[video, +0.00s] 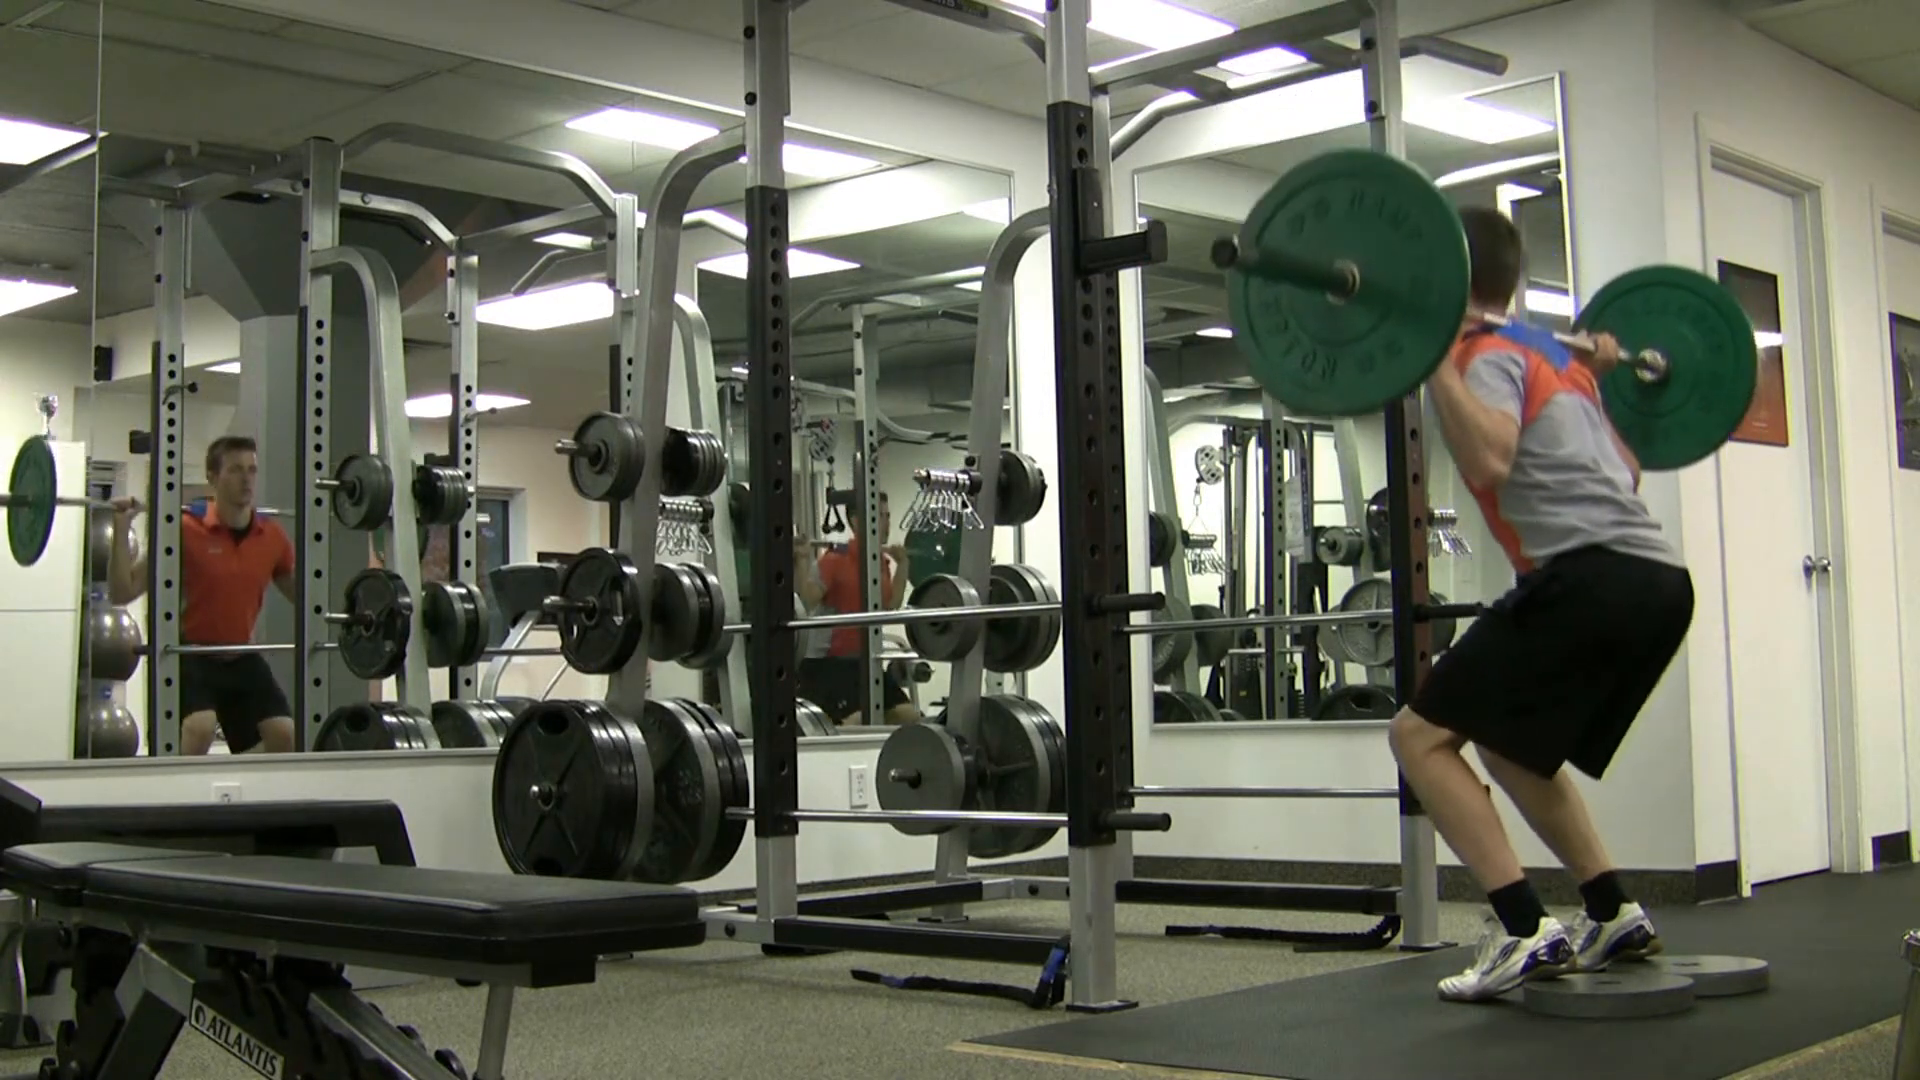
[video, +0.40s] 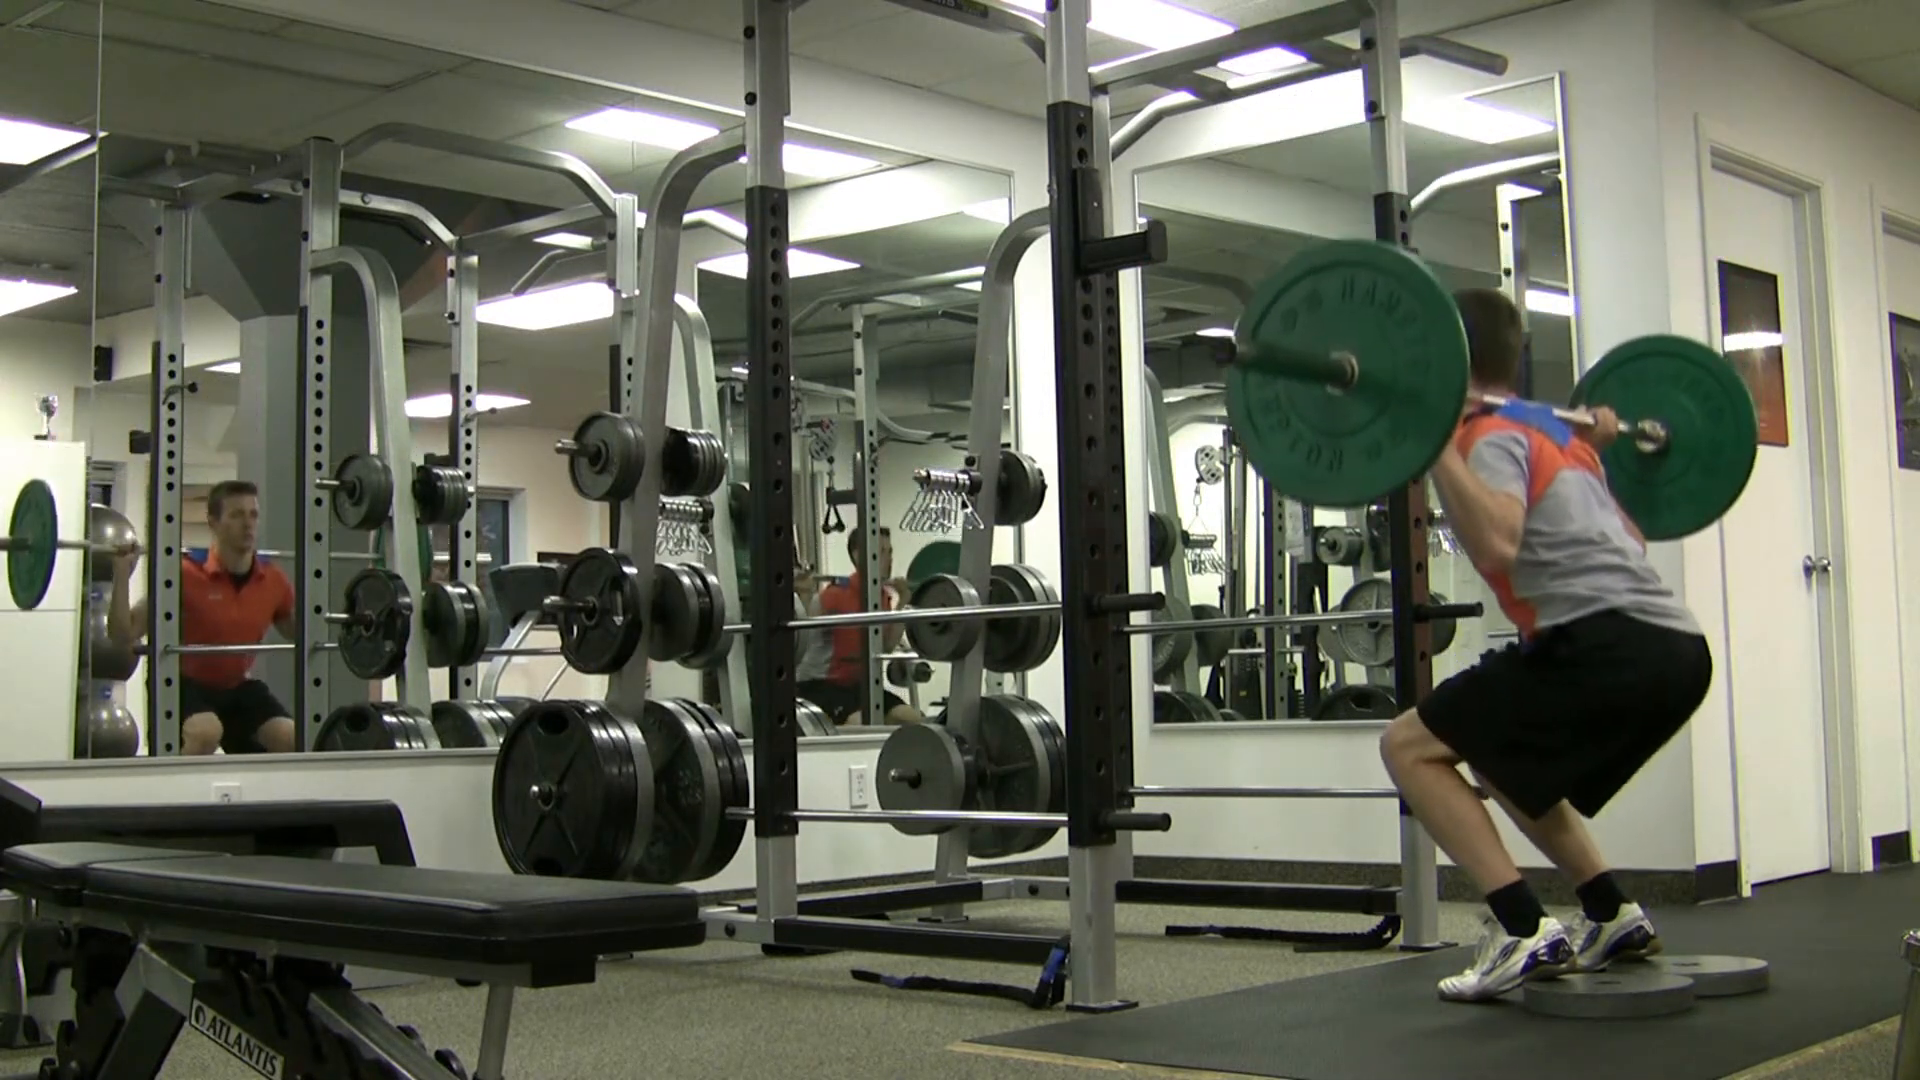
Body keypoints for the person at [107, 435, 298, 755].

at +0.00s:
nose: (247, 479)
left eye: (252, 470)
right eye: (236, 470)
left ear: (258, 476)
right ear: (213, 477)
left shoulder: (271, 535)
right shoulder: (184, 530)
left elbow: (306, 600)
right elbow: (122, 593)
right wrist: (121, 527)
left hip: (242, 657)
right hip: (190, 656)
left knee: (282, 733)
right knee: (200, 728)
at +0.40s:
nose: (248, 524)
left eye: (254, 515)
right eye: (237, 515)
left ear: (260, 519)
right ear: (213, 522)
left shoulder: (272, 580)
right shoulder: (184, 574)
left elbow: (306, 639)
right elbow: (125, 635)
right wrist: (121, 573)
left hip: (237, 687)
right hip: (184, 685)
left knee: (288, 737)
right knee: (206, 732)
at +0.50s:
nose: (249, 534)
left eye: (255, 525)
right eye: (238, 526)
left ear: (261, 529)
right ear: (214, 532)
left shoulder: (275, 589)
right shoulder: (185, 583)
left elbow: (306, 645)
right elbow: (126, 643)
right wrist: (123, 580)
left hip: (239, 695)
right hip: (186, 693)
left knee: (289, 739)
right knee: (206, 733)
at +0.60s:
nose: (250, 543)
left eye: (256, 535)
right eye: (239, 535)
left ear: (262, 539)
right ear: (215, 541)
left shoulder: (275, 598)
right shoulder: (186, 594)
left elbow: (310, 647)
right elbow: (125, 650)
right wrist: (124, 586)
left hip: (241, 701)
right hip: (189, 700)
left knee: (290, 739)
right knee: (207, 735)